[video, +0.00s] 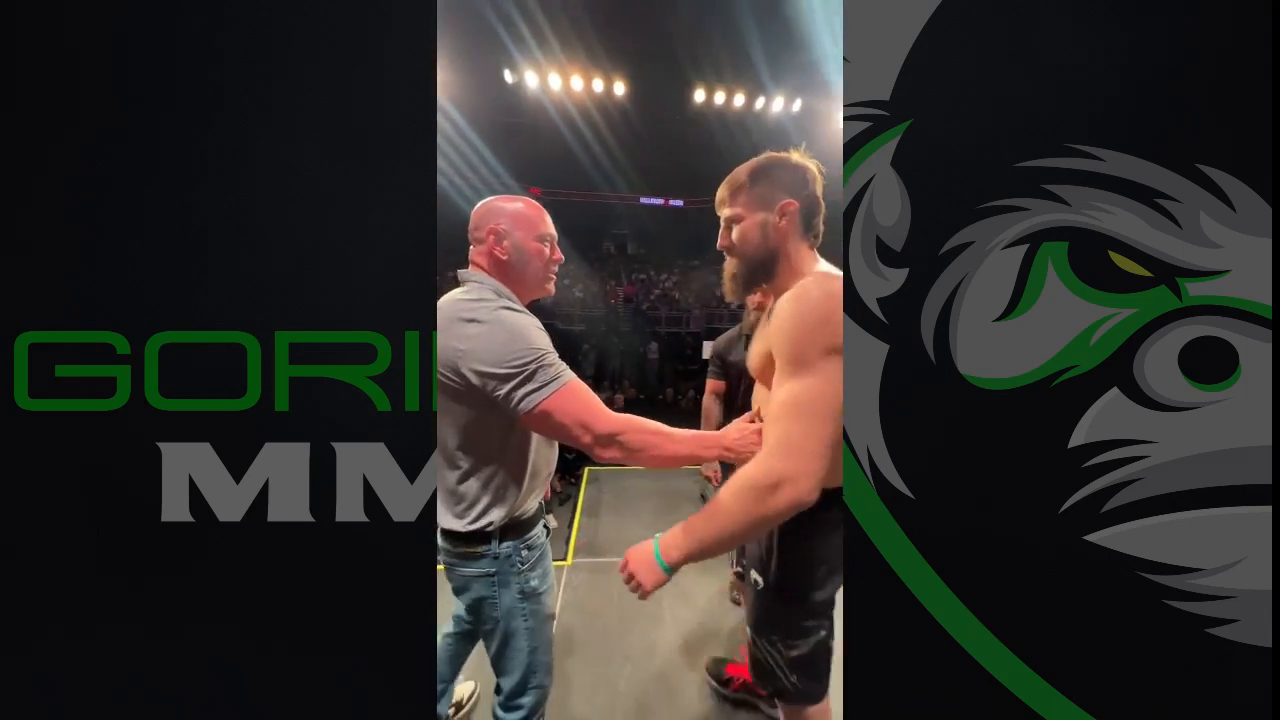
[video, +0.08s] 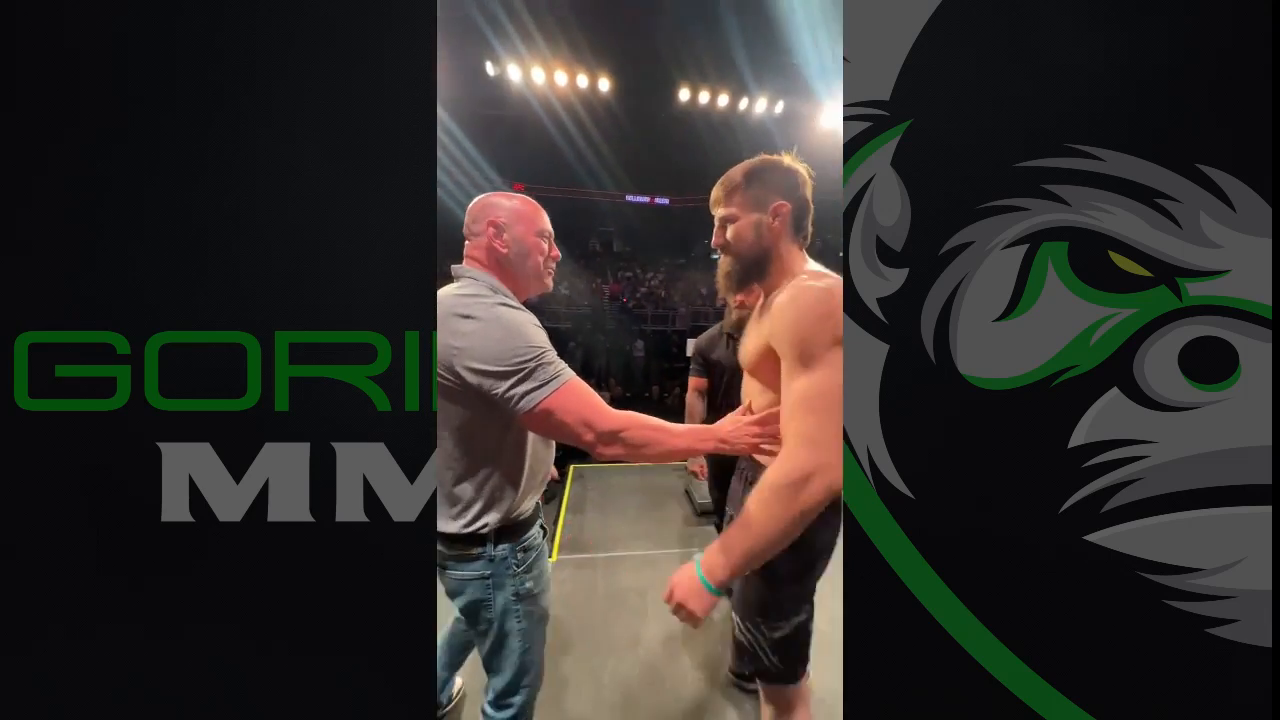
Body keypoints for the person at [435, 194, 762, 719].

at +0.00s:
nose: (558, 255)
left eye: (555, 241)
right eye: (544, 242)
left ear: (494, 249)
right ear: (495, 246)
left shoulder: (458, 309)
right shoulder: (497, 327)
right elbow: (601, 434)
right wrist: (718, 444)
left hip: (468, 529)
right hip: (502, 544)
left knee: (467, 622)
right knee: (523, 692)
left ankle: (433, 696)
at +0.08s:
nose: (555, 252)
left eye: (553, 240)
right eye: (542, 238)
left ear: (491, 241)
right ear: (494, 238)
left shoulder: (453, 303)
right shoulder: (494, 323)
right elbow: (601, 430)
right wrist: (716, 436)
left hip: (461, 533)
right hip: (496, 547)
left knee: (472, 620)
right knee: (513, 692)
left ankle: (435, 690)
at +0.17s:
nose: (552, 251)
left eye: (549, 237)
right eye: (540, 235)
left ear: (489, 236)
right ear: (493, 233)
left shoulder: (453, 296)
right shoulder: (489, 316)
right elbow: (601, 423)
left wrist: (546, 429)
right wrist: (711, 425)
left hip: (460, 535)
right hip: (487, 549)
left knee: (477, 626)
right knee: (501, 688)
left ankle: (436, 694)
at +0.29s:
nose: (543, 247)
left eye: (541, 234)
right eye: (533, 232)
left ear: (483, 228)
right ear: (489, 226)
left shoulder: (446, 286)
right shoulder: (484, 311)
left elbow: (454, 384)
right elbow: (608, 406)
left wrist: (515, 420)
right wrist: (709, 406)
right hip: (471, 550)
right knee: (474, 693)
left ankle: (490, 674)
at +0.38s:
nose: (539, 247)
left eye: (537, 234)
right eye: (530, 232)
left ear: (483, 227)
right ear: (489, 226)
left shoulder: (447, 284)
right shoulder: (481, 309)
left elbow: (460, 380)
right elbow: (606, 394)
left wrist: (510, 428)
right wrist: (699, 398)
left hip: (490, 517)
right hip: (463, 545)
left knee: (510, 589)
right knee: (459, 690)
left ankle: (497, 674)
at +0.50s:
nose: (535, 249)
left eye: (534, 236)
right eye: (527, 234)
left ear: (482, 229)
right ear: (491, 226)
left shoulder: (446, 285)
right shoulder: (487, 311)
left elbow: (458, 381)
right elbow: (604, 385)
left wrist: (500, 439)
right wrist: (686, 388)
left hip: (484, 514)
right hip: (460, 538)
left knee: (508, 597)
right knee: (447, 688)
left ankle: (534, 668)